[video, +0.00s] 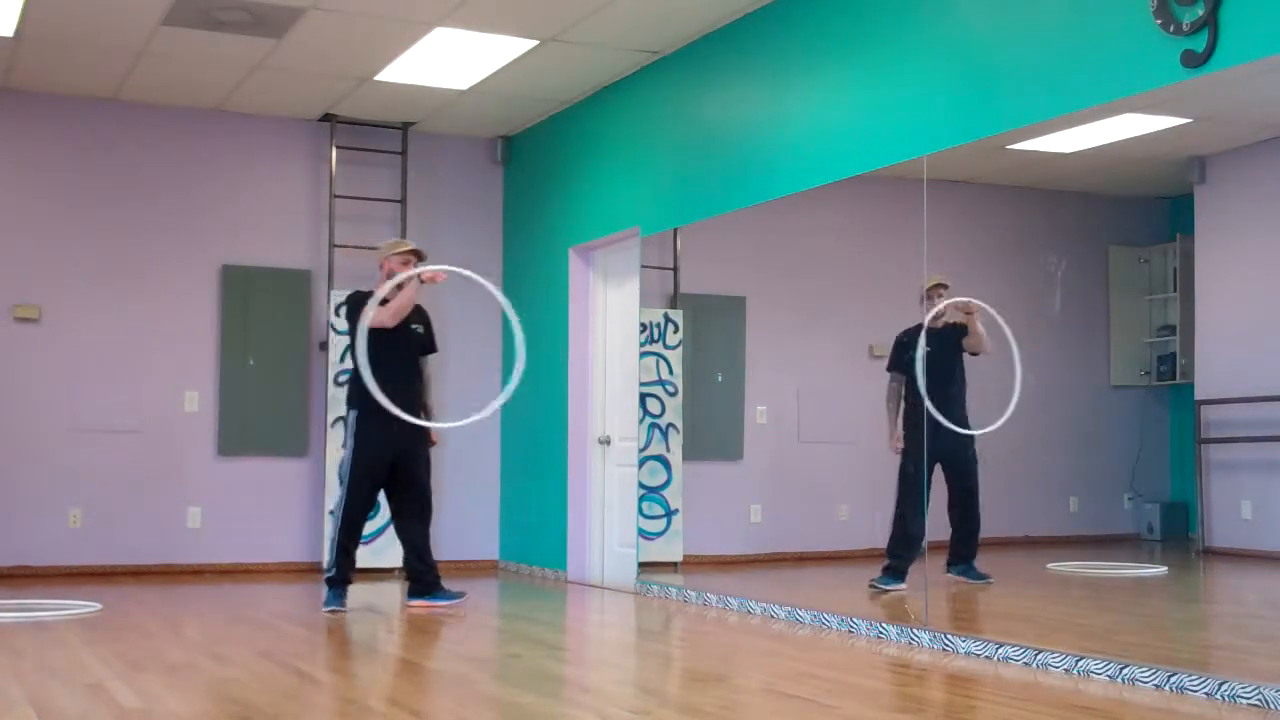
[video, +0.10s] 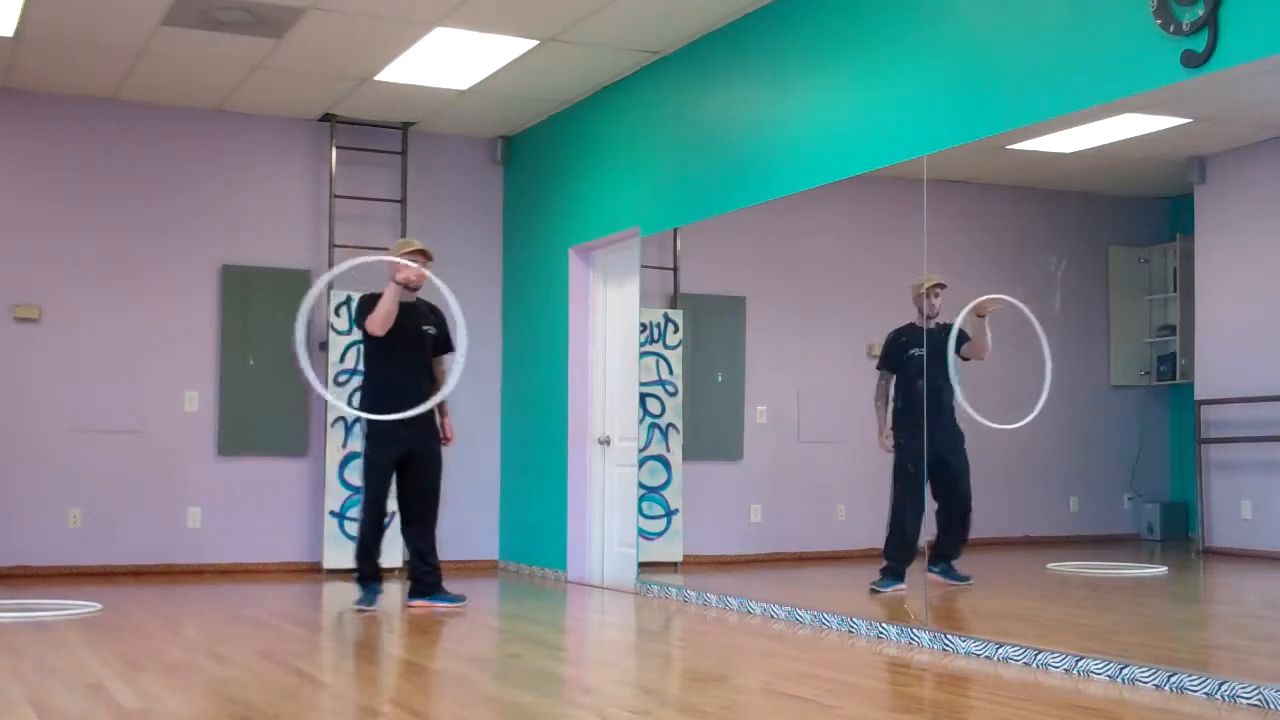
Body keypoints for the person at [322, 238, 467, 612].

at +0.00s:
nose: (409, 270)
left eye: (413, 265)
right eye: (402, 263)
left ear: (418, 269)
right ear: (384, 266)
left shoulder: (418, 314)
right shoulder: (358, 301)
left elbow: (420, 375)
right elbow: (388, 317)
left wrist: (427, 421)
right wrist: (417, 280)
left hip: (409, 418)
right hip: (369, 417)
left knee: (414, 506)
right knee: (355, 504)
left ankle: (423, 585)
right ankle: (337, 586)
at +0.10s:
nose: (418, 271)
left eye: (423, 266)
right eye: (412, 264)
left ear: (427, 272)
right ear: (395, 267)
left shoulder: (431, 314)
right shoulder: (371, 302)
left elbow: (438, 370)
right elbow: (377, 327)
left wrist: (443, 412)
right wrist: (397, 283)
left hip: (422, 421)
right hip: (383, 421)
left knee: (422, 510)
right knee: (375, 509)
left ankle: (425, 586)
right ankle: (368, 585)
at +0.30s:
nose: (426, 270)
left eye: (433, 266)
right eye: (419, 264)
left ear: (440, 275)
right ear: (407, 270)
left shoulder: (448, 315)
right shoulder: (388, 308)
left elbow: (452, 370)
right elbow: (356, 330)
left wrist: (459, 416)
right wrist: (352, 290)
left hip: (446, 425)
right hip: (407, 425)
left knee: (462, 501)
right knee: (406, 507)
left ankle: (463, 581)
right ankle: (406, 584)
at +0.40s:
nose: (435, 270)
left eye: (442, 266)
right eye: (429, 264)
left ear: (451, 275)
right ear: (418, 270)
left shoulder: (460, 315)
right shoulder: (401, 308)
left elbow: (464, 368)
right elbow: (364, 323)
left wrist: (469, 414)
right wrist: (341, 292)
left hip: (461, 425)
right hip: (420, 425)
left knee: (478, 502)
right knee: (413, 506)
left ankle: (492, 581)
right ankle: (407, 584)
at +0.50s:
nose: (449, 270)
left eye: (457, 266)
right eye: (444, 264)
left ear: (465, 275)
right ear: (433, 270)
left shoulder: (470, 316)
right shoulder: (412, 307)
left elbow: (476, 368)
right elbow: (367, 319)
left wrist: (485, 412)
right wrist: (340, 293)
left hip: (467, 423)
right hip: (427, 423)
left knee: (486, 501)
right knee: (418, 505)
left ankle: (491, 584)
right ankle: (407, 585)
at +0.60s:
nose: (461, 274)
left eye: (468, 271)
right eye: (456, 267)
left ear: (474, 279)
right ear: (443, 270)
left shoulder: (472, 318)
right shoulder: (417, 308)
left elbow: (481, 371)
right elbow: (374, 328)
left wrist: (498, 412)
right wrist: (360, 296)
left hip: (467, 426)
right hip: (426, 424)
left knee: (482, 503)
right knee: (417, 507)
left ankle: (489, 585)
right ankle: (407, 586)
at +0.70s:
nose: (450, 272)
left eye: (458, 268)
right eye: (444, 266)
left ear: (466, 277)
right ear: (433, 272)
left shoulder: (473, 317)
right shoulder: (417, 312)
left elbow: (484, 369)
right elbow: (386, 347)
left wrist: (503, 411)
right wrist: (394, 312)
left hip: (466, 426)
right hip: (425, 426)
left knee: (480, 508)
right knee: (415, 509)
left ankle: (488, 586)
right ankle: (406, 586)